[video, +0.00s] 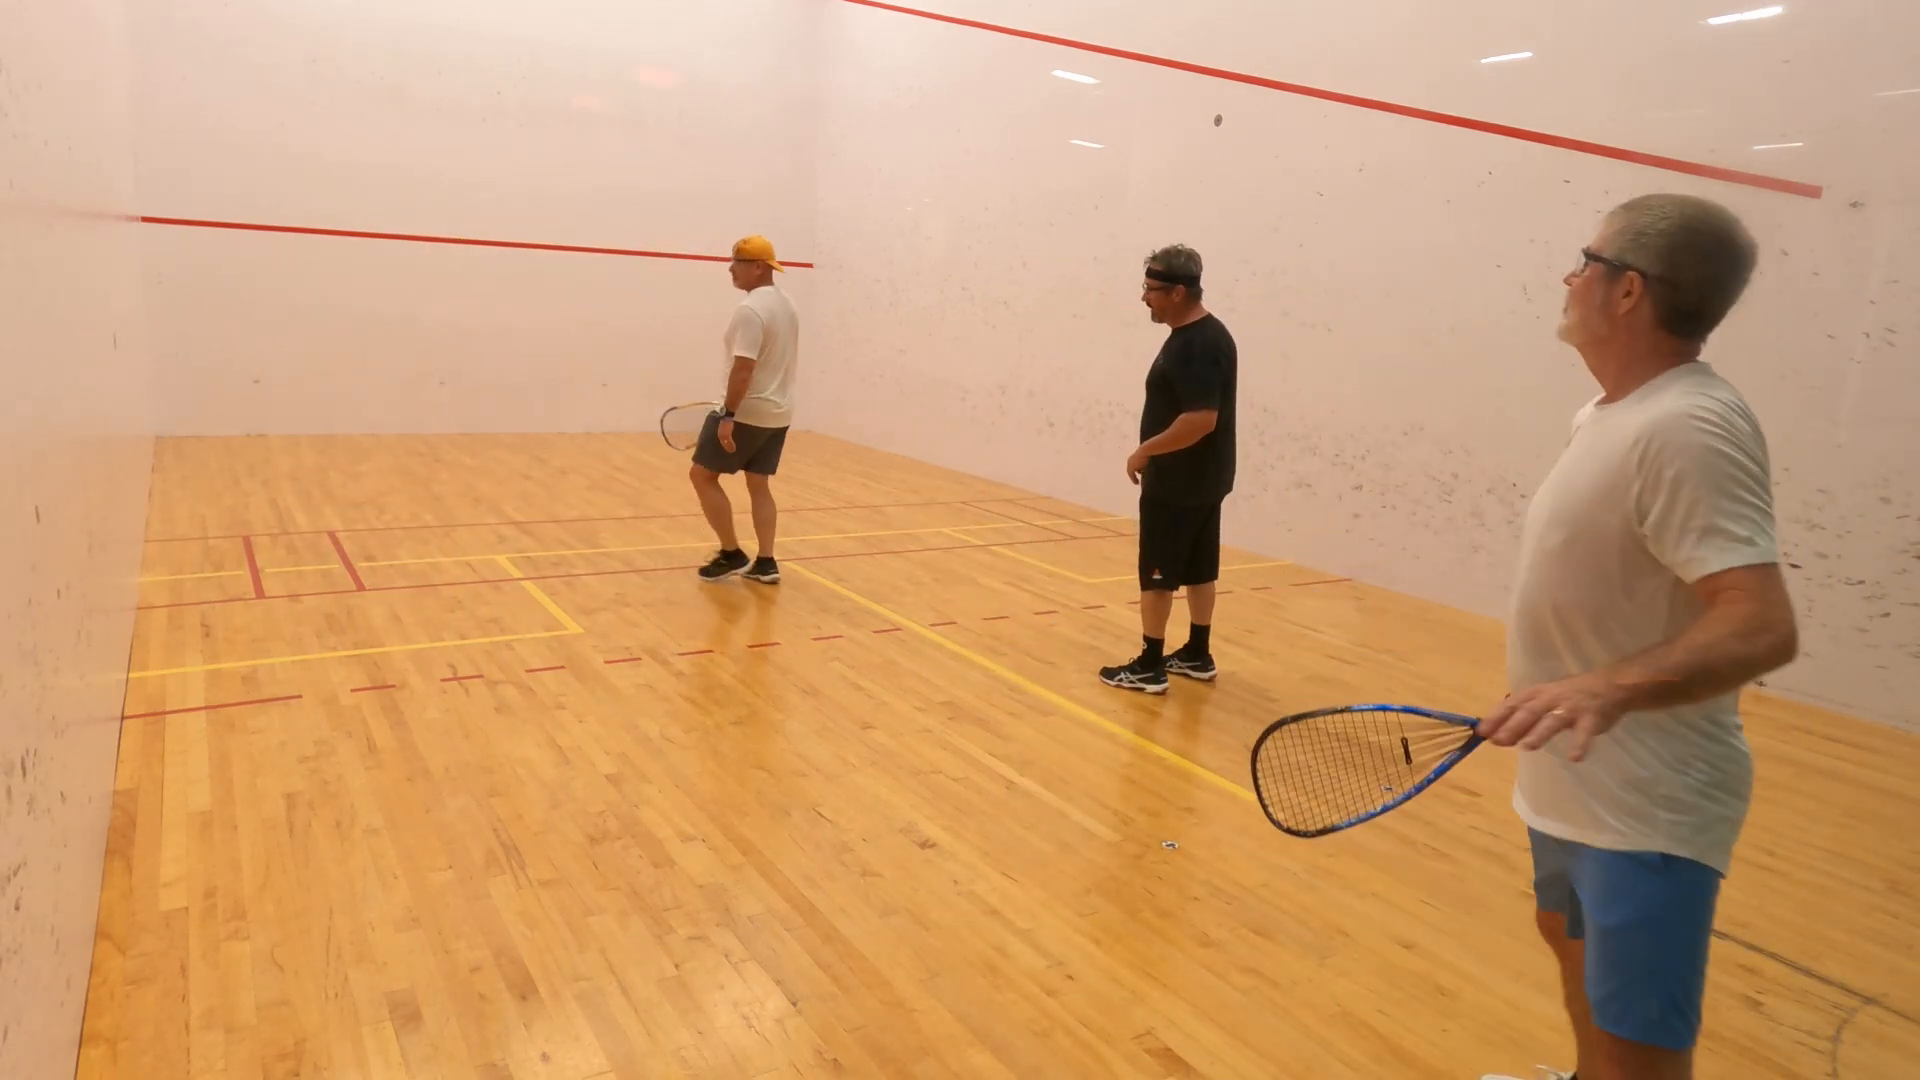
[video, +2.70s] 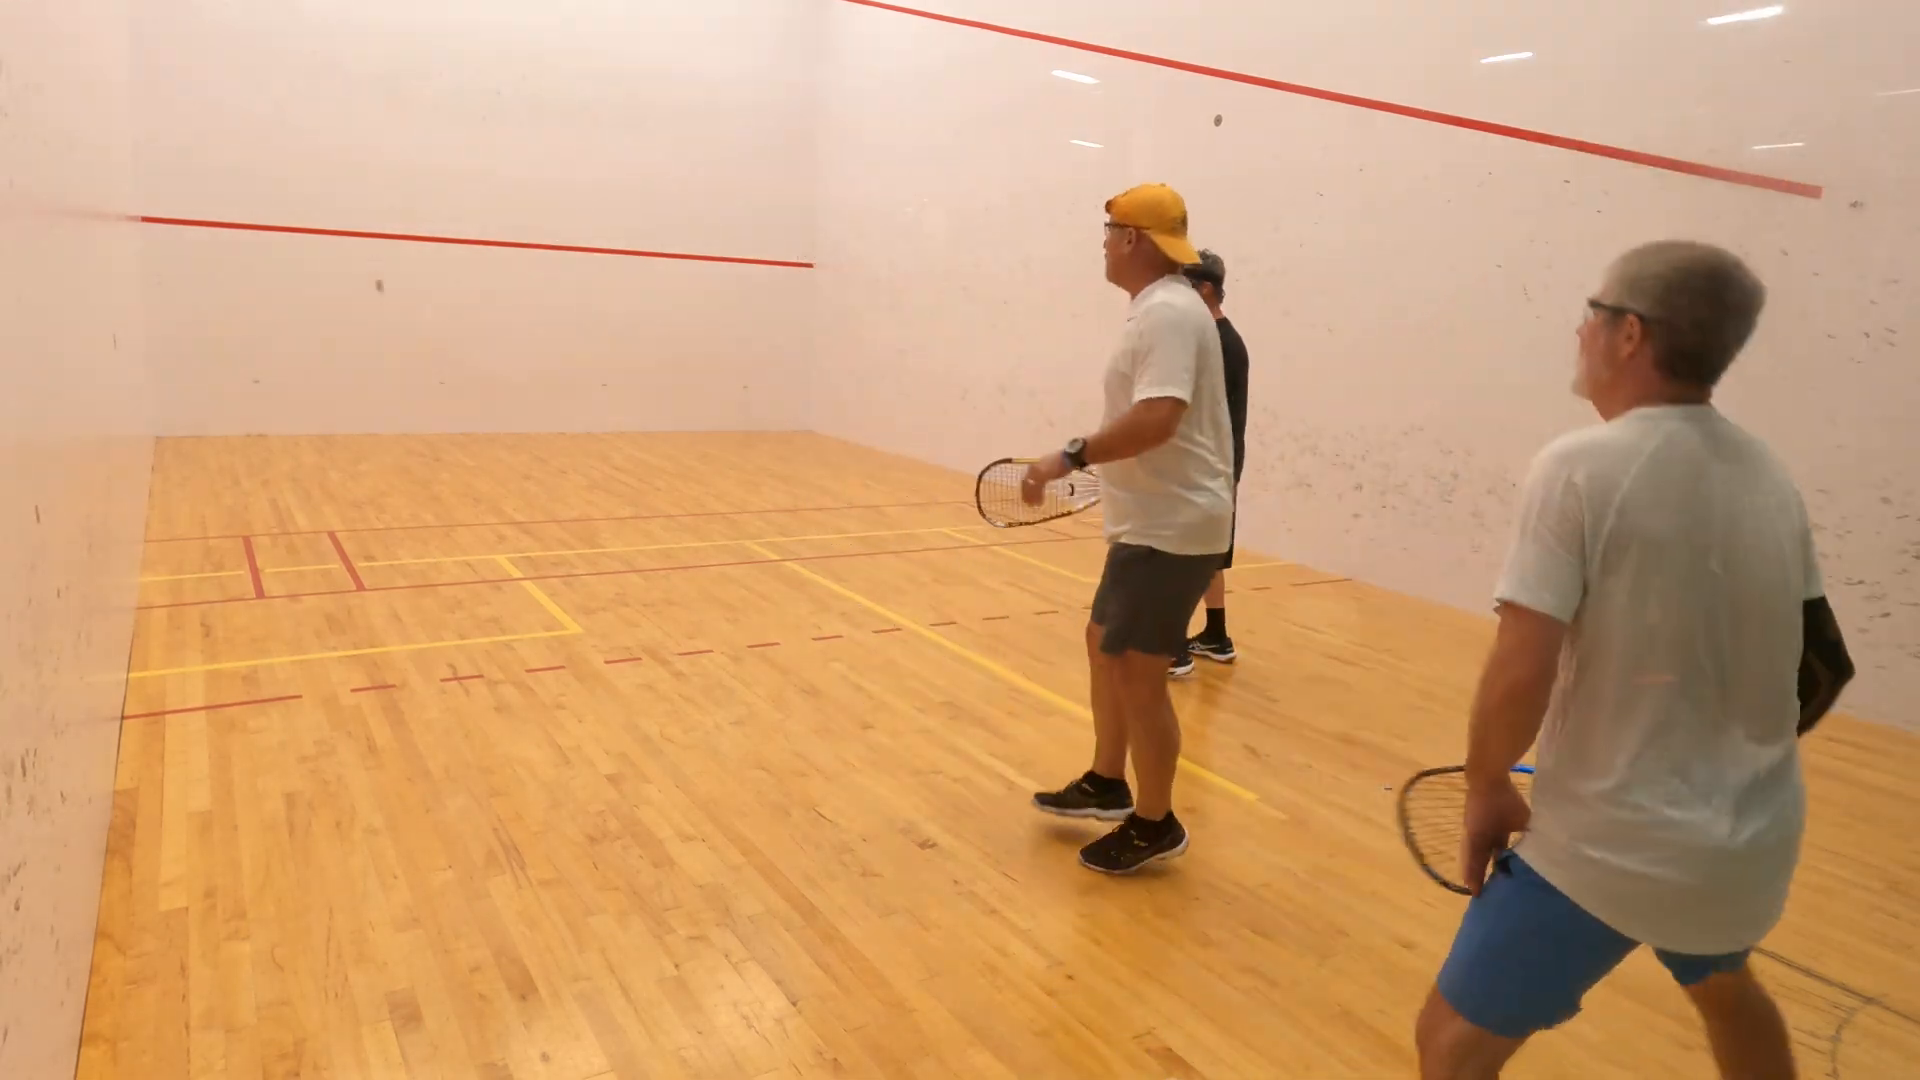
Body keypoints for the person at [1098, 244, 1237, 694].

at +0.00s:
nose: (1143, 297)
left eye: (1151, 289)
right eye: (1144, 287)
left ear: (1179, 292)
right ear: (1181, 292)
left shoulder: (1195, 343)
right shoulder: (1210, 335)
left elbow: (1200, 418)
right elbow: (1202, 417)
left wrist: (1144, 450)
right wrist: (1157, 454)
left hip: (1175, 481)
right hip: (1202, 480)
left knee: (1156, 571)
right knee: (1200, 565)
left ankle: (1149, 664)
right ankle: (1197, 653)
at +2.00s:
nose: (1135, 275)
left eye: (1144, 271)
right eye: (1140, 268)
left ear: (1162, 285)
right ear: (1172, 288)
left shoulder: (1161, 342)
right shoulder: (1193, 335)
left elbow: (1160, 424)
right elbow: (1182, 412)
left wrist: (1117, 446)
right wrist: (1121, 422)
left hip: (1157, 473)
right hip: (1187, 468)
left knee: (1146, 566)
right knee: (1176, 553)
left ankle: (1148, 665)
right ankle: (1196, 633)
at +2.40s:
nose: (1153, 290)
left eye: (1160, 285)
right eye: (1158, 283)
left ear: (1178, 295)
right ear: (1190, 297)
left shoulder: (1180, 351)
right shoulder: (1213, 344)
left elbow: (1174, 421)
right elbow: (1207, 419)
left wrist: (1147, 482)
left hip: (1178, 482)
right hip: (1206, 480)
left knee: (1147, 566)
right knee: (1197, 556)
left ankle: (1149, 663)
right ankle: (1214, 635)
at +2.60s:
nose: (1168, 294)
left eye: (1175, 287)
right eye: (1170, 286)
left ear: (1196, 292)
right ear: (1205, 293)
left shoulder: (1197, 344)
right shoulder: (1226, 339)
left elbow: (1204, 417)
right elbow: (1221, 413)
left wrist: (1183, 465)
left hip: (1194, 468)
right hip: (1220, 467)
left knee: (1161, 546)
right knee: (1210, 546)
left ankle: (1158, 649)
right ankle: (1216, 634)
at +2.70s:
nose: (1185, 294)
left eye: (1192, 286)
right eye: (1185, 285)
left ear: (1210, 290)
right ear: (1210, 289)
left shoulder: (1218, 339)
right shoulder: (1217, 334)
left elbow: (1217, 411)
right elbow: (1219, 409)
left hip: (1213, 465)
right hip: (1213, 462)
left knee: (1196, 551)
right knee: (1209, 550)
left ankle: (1173, 649)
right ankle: (1215, 635)